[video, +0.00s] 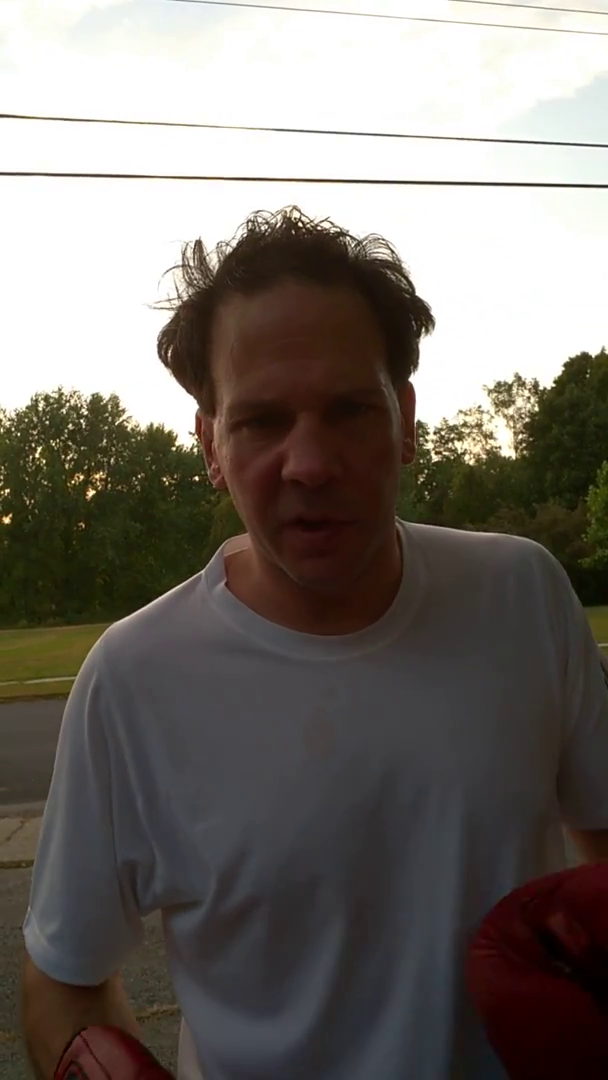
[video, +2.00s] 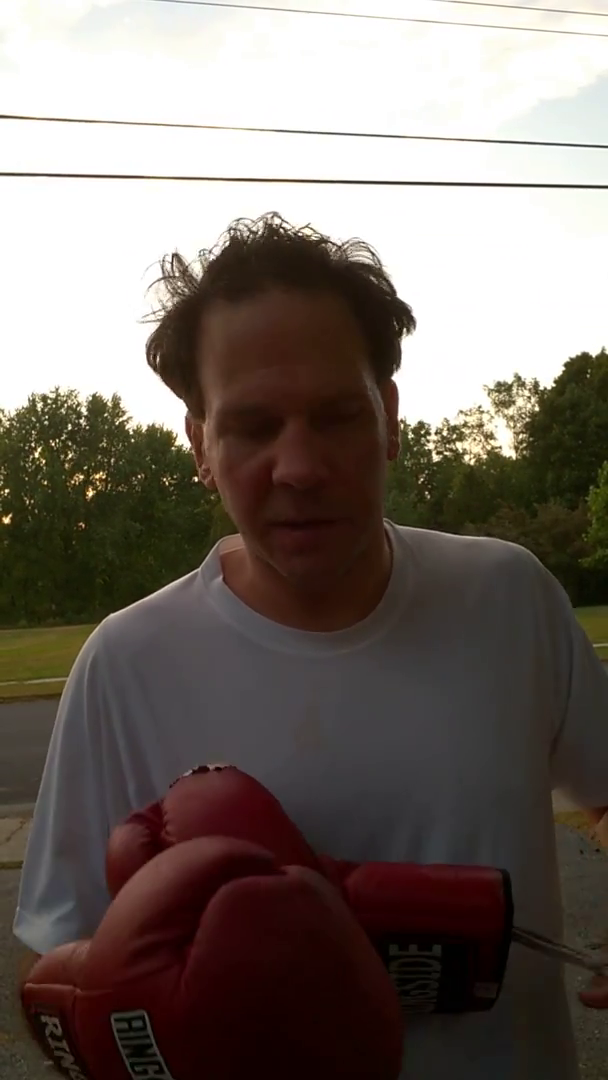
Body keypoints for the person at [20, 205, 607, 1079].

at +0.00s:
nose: (310, 463)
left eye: (349, 410)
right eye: (264, 420)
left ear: (405, 422)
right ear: (212, 447)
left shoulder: (524, 595)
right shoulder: (130, 680)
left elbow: (604, 833)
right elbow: (64, 977)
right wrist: (98, 1057)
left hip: (523, 1060)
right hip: (262, 1068)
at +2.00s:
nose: (300, 467)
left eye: (336, 418)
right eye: (255, 426)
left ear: (389, 423)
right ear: (201, 450)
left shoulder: (512, 600)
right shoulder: (125, 666)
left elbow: (605, 791)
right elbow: (53, 945)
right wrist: (111, 969)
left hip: (518, 1064)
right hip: (247, 1070)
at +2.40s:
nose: (397, 555)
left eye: (428, 503)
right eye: (348, 513)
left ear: (449, 457)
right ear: (243, 471)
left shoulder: (501, 601)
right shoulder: (129, 662)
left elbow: (588, 794)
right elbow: (46, 979)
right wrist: (72, 924)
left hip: (518, 1064)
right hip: (253, 1066)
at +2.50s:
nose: (403, 552)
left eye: (432, 502)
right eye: (354, 511)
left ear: (454, 459)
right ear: (248, 468)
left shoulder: (501, 601)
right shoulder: (130, 659)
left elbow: (588, 796)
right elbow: (42, 983)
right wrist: (89, 911)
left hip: (518, 1065)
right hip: (252, 1066)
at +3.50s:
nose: (290, 462)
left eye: (325, 408)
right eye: (246, 426)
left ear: (386, 418)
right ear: (208, 458)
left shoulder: (510, 603)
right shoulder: (135, 655)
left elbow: (607, 816)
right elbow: (51, 996)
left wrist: (602, 880)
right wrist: (101, 898)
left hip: (515, 1065)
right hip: (253, 1069)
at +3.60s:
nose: (285, 461)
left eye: (320, 408)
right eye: (242, 426)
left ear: (382, 419)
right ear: (204, 460)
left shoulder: (509, 603)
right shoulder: (133, 654)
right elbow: (55, 1004)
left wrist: (592, 903)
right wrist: (107, 900)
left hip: (513, 1065)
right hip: (248, 1072)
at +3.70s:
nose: (283, 461)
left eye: (318, 408)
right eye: (240, 426)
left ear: (381, 421)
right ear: (203, 462)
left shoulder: (507, 601)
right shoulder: (133, 654)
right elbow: (56, 1011)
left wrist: (578, 899)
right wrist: (113, 884)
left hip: (512, 1066)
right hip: (246, 1072)